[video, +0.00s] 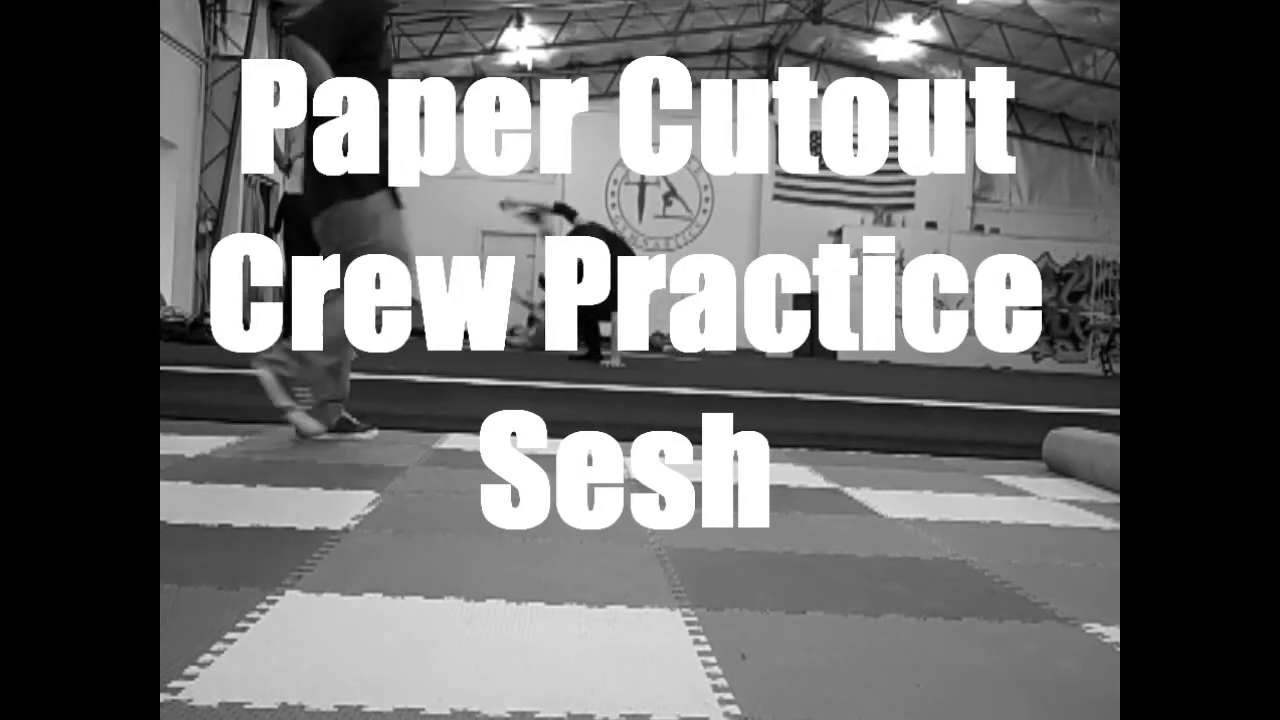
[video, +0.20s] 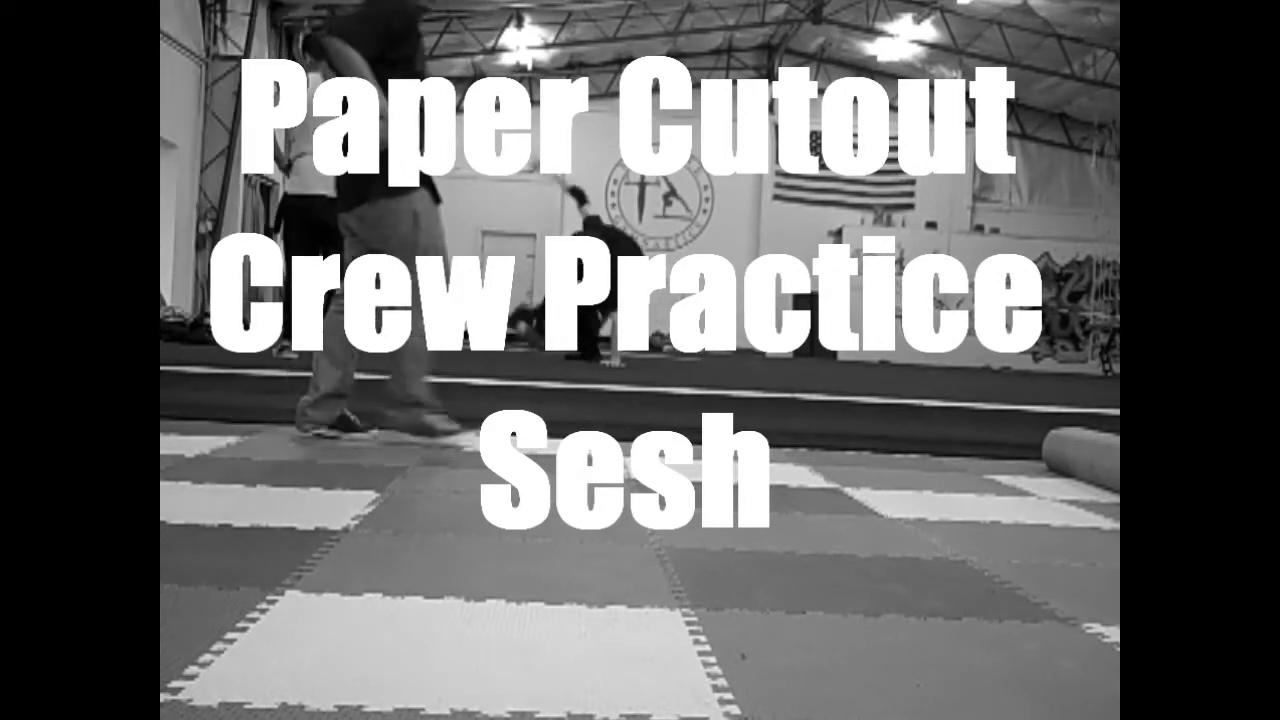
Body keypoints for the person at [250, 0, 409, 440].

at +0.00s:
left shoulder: (372, 20)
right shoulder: (360, 7)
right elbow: (300, 42)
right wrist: (334, 108)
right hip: (349, 177)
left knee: (350, 290)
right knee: (388, 284)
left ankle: (328, 407)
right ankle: (288, 366)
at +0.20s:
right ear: (414, 0)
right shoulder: (397, 12)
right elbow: (336, 39)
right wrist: (372, 105)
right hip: (388, 180)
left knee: (353, 298)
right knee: (416, 294)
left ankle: (323, 406)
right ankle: (410, 405)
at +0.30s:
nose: (454, 10)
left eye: (453, 8)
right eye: (450, 6)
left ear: (408, 3)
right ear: (434, 1)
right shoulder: (414, 22)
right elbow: (364, 52)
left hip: (378, 188)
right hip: (408, 188)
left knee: (357, 301)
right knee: (440, 302)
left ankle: (321, 405)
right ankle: (463, 414)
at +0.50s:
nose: (511, 21)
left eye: (513, 17)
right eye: (508, 14)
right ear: (489, 9)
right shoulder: (467, 39)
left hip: (422, 200)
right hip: (468, 199)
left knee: (405, 308)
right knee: (484, 310)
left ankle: (345, 384)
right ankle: (474, 420)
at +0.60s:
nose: (540, 17)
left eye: (542, 10)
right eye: (539, 8)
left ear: (497, 2)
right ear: (520, 4)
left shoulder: (458, 34)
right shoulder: (495, 36)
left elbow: (409, 87)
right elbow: (493, 106)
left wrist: (434, 151)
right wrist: (496, 166)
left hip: (449, 203)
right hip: (494, 205)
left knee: (457, 305)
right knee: (501, 311)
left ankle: (379, 367)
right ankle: (475, 418)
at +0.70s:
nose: (555, 15)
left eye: (555, 11)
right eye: (553, 9)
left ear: (506, 4)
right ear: (538, 4)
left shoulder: (476, 34)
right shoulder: (524, 35)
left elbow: (424, 84)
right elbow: (514, 105)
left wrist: (446, 148)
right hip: (506, 195)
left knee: (512, 308)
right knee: (502, 306)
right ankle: (474, 421)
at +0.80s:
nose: (574, 20)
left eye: (574, 14)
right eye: (573, 12)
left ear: (529, 4)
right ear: (558, 4)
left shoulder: (494, 35)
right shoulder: (548, 33)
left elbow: (437, 88)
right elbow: (543, 89)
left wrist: (464, 147)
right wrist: (543, 157)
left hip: (489, 180)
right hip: (522, 182)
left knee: (521, 307)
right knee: (505, 306)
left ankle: (479, 411)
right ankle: (471, 419)